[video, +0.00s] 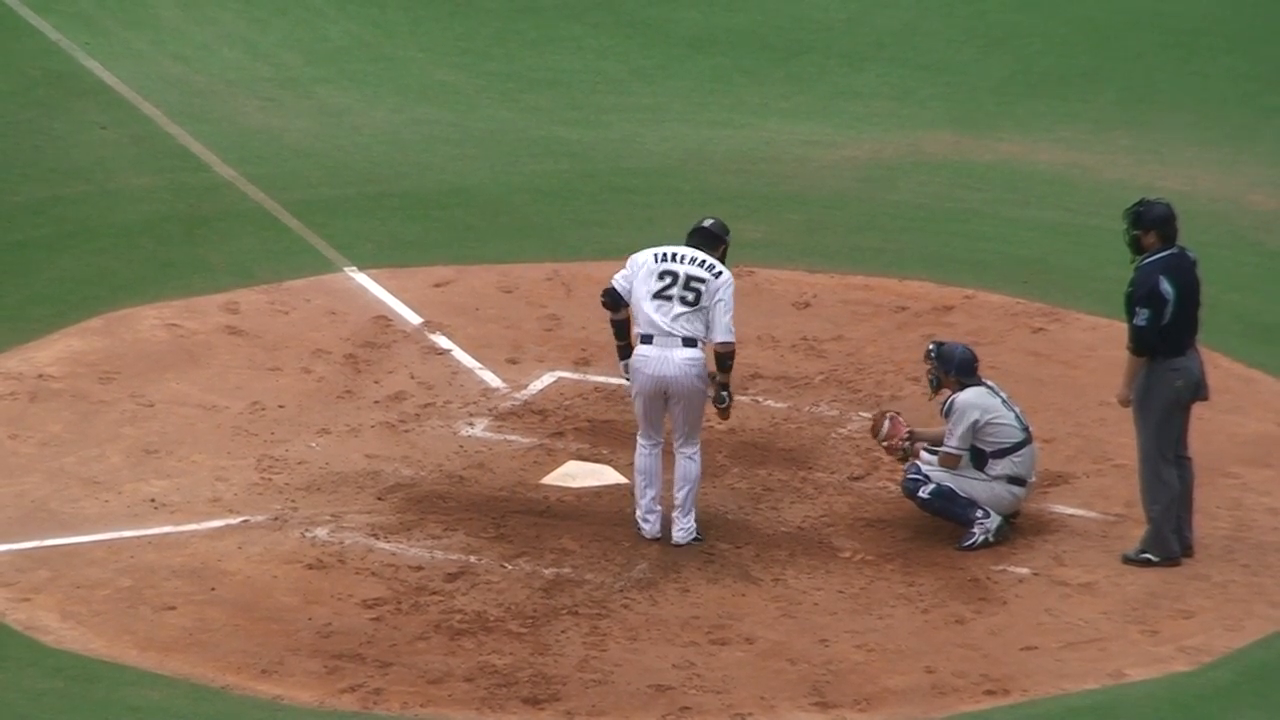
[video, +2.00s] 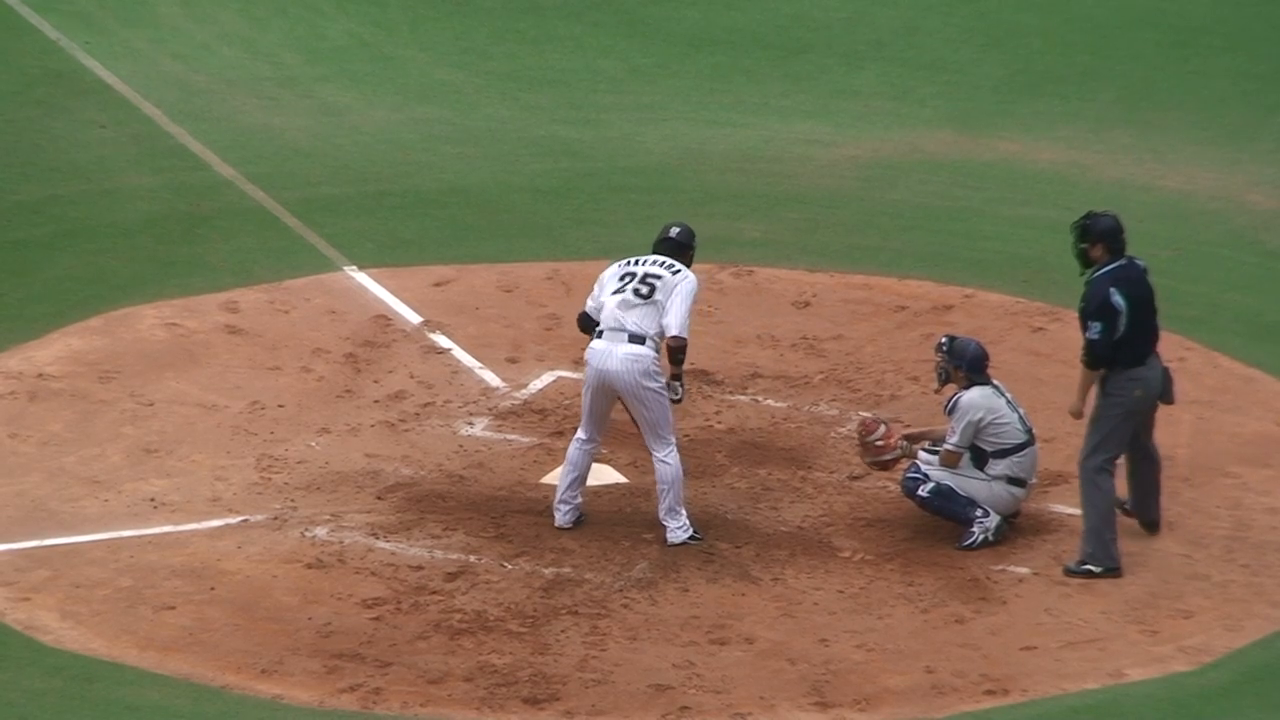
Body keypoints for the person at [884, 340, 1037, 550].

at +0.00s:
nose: (931, 372)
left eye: (936, 368)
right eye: (933, 367)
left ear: (951, 375)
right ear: (965, 372)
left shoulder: (964, 402)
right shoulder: (984, 387)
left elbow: (949, 462)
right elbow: (955, 436)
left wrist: (916, 451)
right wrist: (912, 434)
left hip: (1004, 492)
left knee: (914, 478)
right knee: (929, 453)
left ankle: (985, 520)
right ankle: (1003, 507)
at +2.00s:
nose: (940, 366)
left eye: (945, 362)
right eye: (942, 361)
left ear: (960, 371)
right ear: (973, 370)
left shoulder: (969, 402)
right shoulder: (992, 387)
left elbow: (948, 462)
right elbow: (961, 433)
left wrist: (912, 452)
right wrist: (920, 435)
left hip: (1004, 492)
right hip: (1018, 482)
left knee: (914, 478)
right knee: (929, 451)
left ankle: (983, 519)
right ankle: (1002, 506)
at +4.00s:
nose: (941, 365)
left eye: (946, 362)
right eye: (943, 360)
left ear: (961, 370)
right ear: (976, 368)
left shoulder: (970, 401)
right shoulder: (993, 387)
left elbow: (946, 461)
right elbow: (963, 431)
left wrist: (908, 458)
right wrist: (923, 433)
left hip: (1002, 491)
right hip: (1016, 483)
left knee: (914, 480)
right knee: (925, 455)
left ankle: (983, 518)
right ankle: (1002, 506)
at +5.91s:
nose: (943, 367)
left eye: (948, 362)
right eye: (944, 361)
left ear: (963, 369)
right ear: (977, 367)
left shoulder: (976, 401)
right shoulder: (994, 386)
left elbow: (950, 458)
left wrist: (908, 458)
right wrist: (909, 457)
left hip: (1002, 491)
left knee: (914, 478)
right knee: (933, 442)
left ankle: (984, 517)